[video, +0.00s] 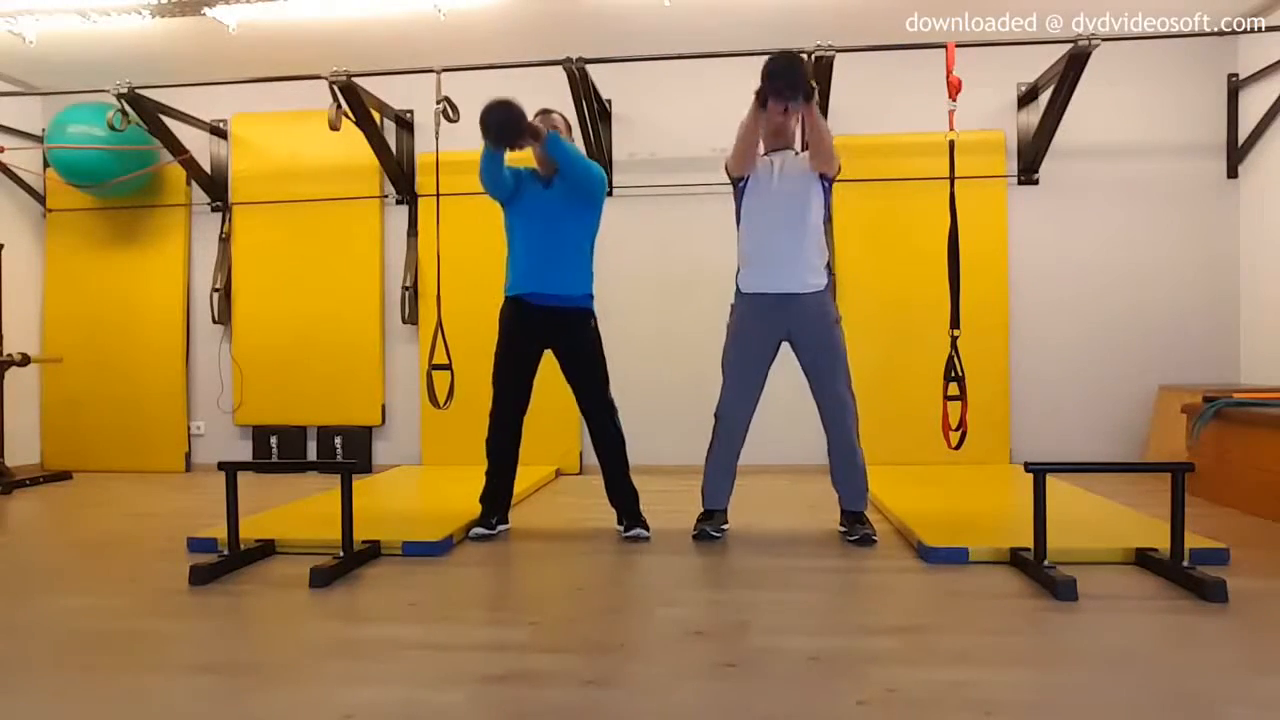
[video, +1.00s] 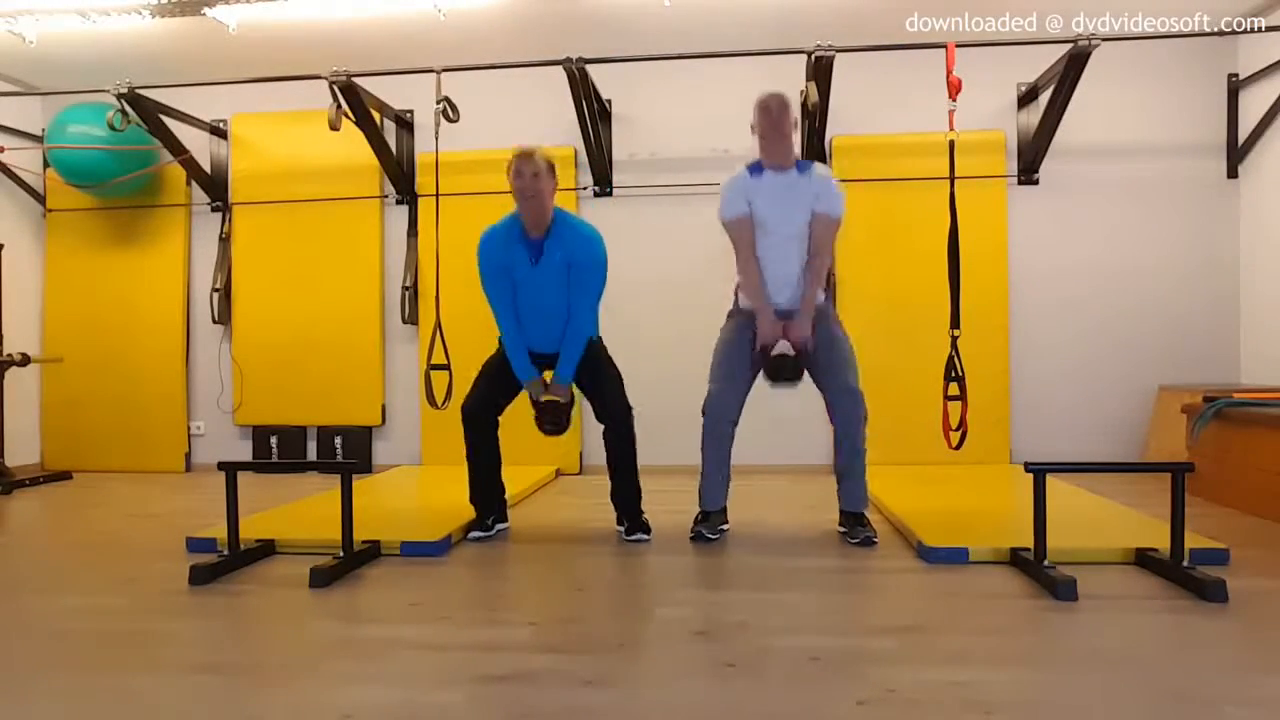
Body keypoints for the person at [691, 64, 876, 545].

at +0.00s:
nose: (785, 114)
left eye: (793, 105)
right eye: (777, 104)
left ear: (808, 107)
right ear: (761, 104)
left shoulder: (819, 160)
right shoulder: (744, 162)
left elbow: (824, 159)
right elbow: (740, 161)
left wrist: (811, 111)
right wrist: (755, 114)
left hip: (812, 302)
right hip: (755, 303)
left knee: (839, 407)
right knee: (733, 408)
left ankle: (854, 512)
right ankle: (713, 511)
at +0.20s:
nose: (777, 112)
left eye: (784, 106)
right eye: (769, 107)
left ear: (798, 118)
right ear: (757, 120)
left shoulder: (818, 161)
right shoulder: (746, 167)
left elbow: (830, 177)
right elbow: (739, 177)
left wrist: (805, 159)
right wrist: (771, 157)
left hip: (813, 308)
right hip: (755, 309)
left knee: (843, 409)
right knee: (728, 411)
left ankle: (854, 512)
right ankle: (713, 511)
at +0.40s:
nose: (777, 127)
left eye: (784, 122)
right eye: (768, 123)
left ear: (798, 138)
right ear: (756, 142)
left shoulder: (822, 192)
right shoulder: (741, 200)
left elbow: (826, 256)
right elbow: (747, 262)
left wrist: (808, 302)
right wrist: (772, 309)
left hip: (812, 321)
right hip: (754, 322)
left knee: (855, 405)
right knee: (715, 410)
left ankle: (855, 512)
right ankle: (712, 511)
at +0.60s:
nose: (782, 169)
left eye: (790, 164)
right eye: (772, 165)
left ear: (802, 181)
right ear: (759, 183)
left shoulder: (830, 241)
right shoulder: (739, 245)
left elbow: (824, 318)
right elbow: (744, 319)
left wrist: (805, 374)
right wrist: (761, 375)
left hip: (814, 344)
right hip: (750, 344)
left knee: (864, 405)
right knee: (704, 408)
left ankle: (855, 512)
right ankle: (711, 510)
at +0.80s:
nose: (784, 179)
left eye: (790, 173)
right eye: (774, 174)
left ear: (804, 184)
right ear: (760, 188)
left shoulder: (830, 242)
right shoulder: (738, 248)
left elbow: (823, 316)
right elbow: (745, 320)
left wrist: (802, 368)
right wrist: (760, 369)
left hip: (814, 342)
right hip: (750, 343)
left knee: (864, 404)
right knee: (703, 406)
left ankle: (854, 511)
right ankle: (711, 509)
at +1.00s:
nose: (775, 122)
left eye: (781, 115)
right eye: (766, 116)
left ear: (794, 125)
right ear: (754, 128)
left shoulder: (822, 183)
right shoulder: (738, 187)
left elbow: (820, 256)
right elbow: (746, 257)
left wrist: (806, 313)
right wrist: (763, 312)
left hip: (812, 309)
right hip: (751, 310)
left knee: (849, 407)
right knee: (719, 406)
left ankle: (853, 512)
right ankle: (712, 510)